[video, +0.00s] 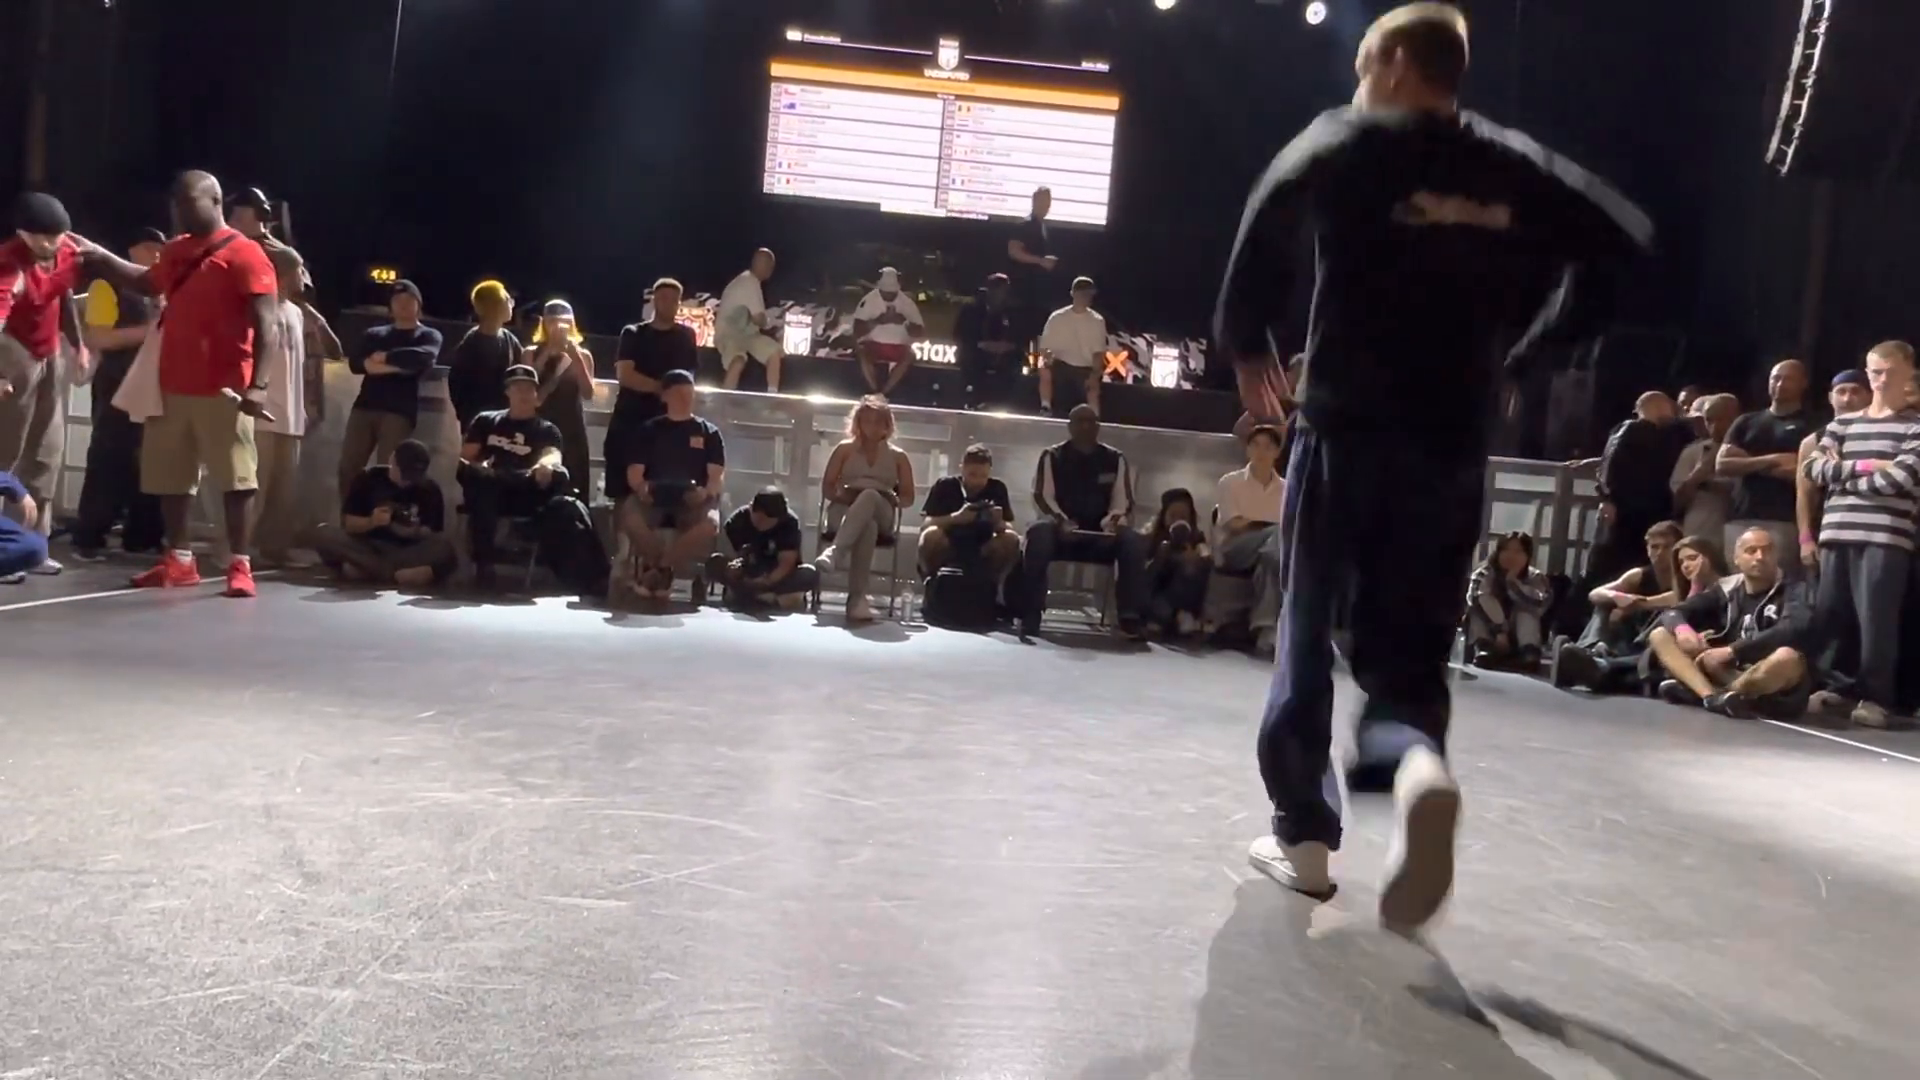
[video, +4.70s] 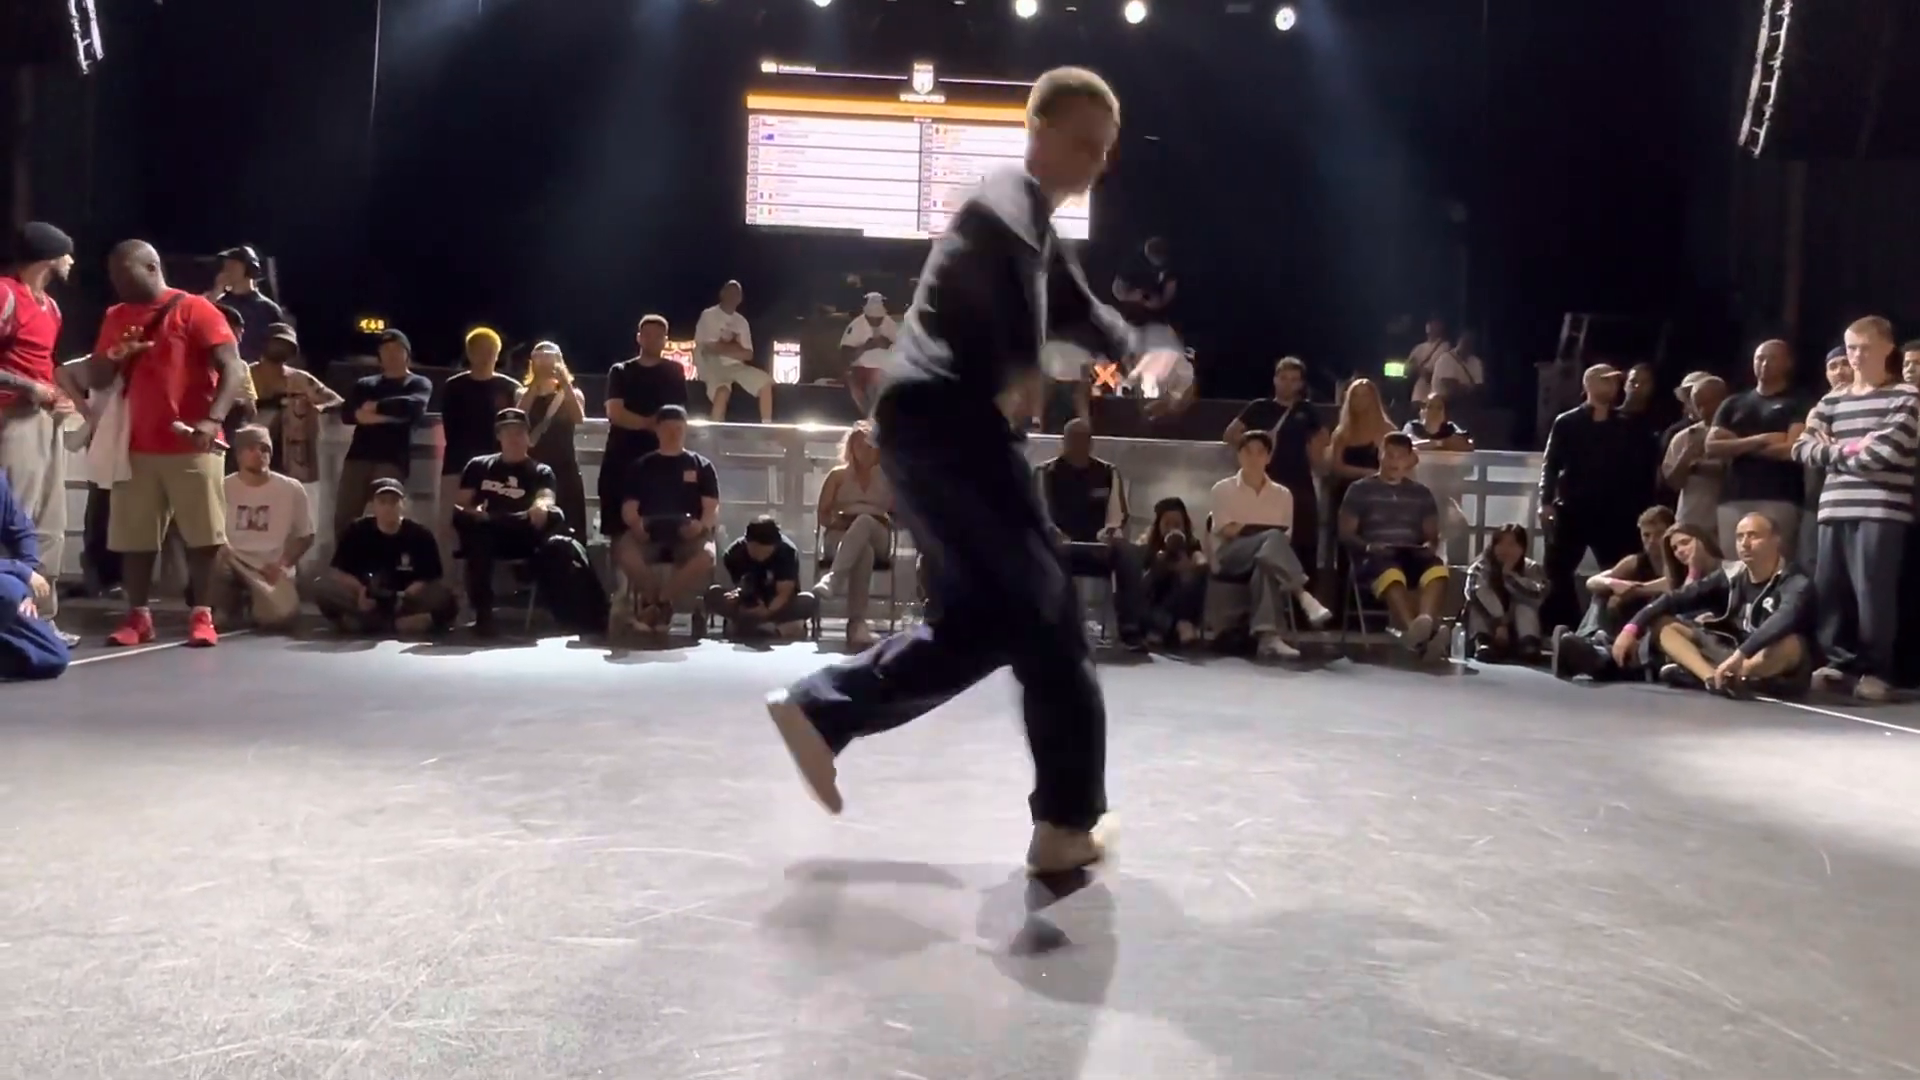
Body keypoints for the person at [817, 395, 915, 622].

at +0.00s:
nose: (875, 427)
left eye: (881, 422)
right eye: (869, 421)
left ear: (889, 426)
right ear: (858, 424)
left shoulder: (898, 457)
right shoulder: (845, 450)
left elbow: (908, 498)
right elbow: (828, 489)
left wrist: (885, 497)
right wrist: (852, 500)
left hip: (882, 518)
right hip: (843, 512)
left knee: (869, 496)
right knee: (867, 524)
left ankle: (834, 551)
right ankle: (857, 600)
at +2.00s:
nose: (864, 434)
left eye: (870, 428)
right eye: (858, 428)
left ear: (878, 433)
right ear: (848, 431)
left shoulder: (888, 466)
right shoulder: (834, 459)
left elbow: (898, 506)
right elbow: (819, 499)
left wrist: (881, 509)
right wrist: (839, 506)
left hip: (873, 526)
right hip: (833, 521)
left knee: (859, 504)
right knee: (859, 535)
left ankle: (825, 561)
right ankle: (848, 607)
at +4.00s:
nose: (857, 453)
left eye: (863, 448)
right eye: (852, 447)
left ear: (872, 453)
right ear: (842, 450)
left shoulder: (883, 484)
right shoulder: (829, 479)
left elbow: (895, 524)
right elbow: (815, 518)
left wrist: (877, 526)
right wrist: (835, 527)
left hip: (871, 544)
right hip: (831, 542)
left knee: (856, 524)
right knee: (857, 553)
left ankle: (824, 582)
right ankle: (849, 627)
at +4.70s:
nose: (868, 449)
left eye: (872, 444)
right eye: (862, 444)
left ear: (878, 449)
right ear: (851, 447)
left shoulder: (886, 478)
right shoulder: (838, 475)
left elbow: (900, 518)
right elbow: (823, 516)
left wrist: (878, 519)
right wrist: (846, 522)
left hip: (879, 540)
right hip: (839, 537)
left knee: (864, 521)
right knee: (864, 551)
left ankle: (832, 578)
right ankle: (856, 623)